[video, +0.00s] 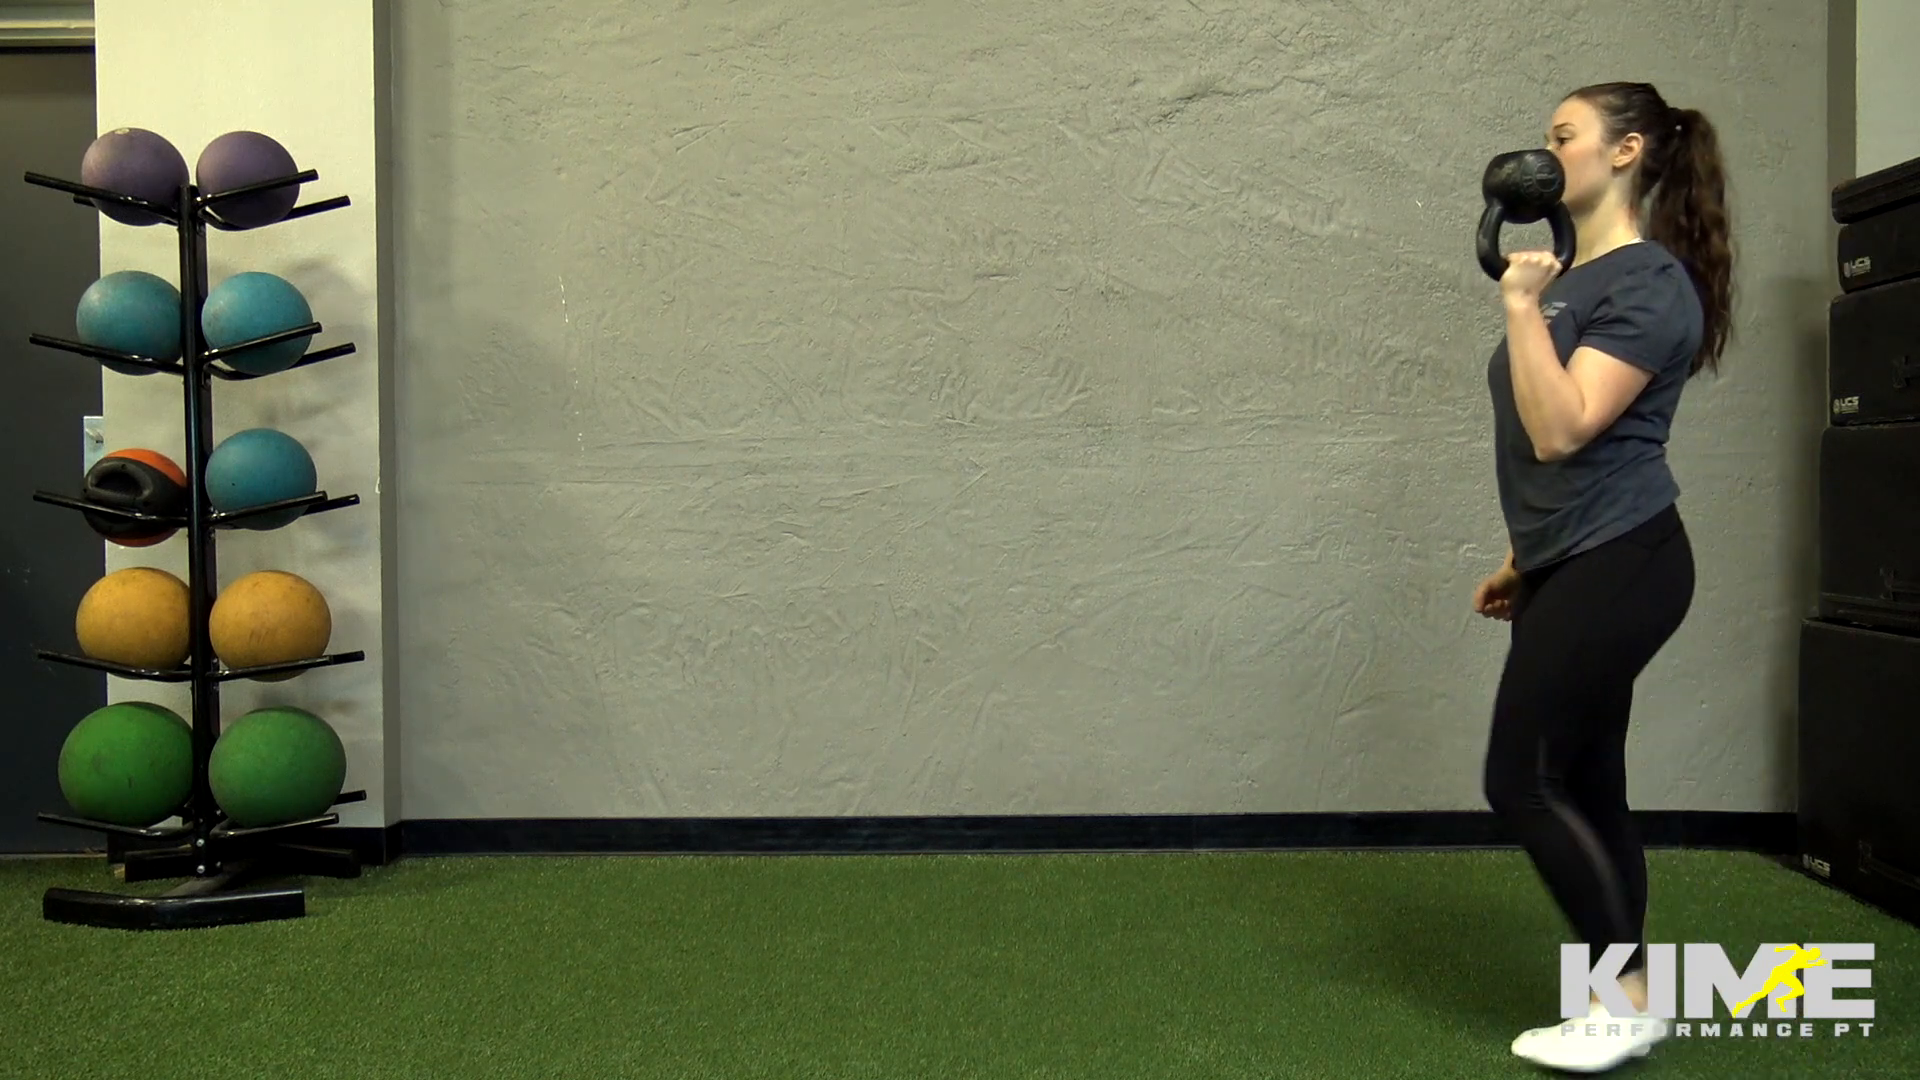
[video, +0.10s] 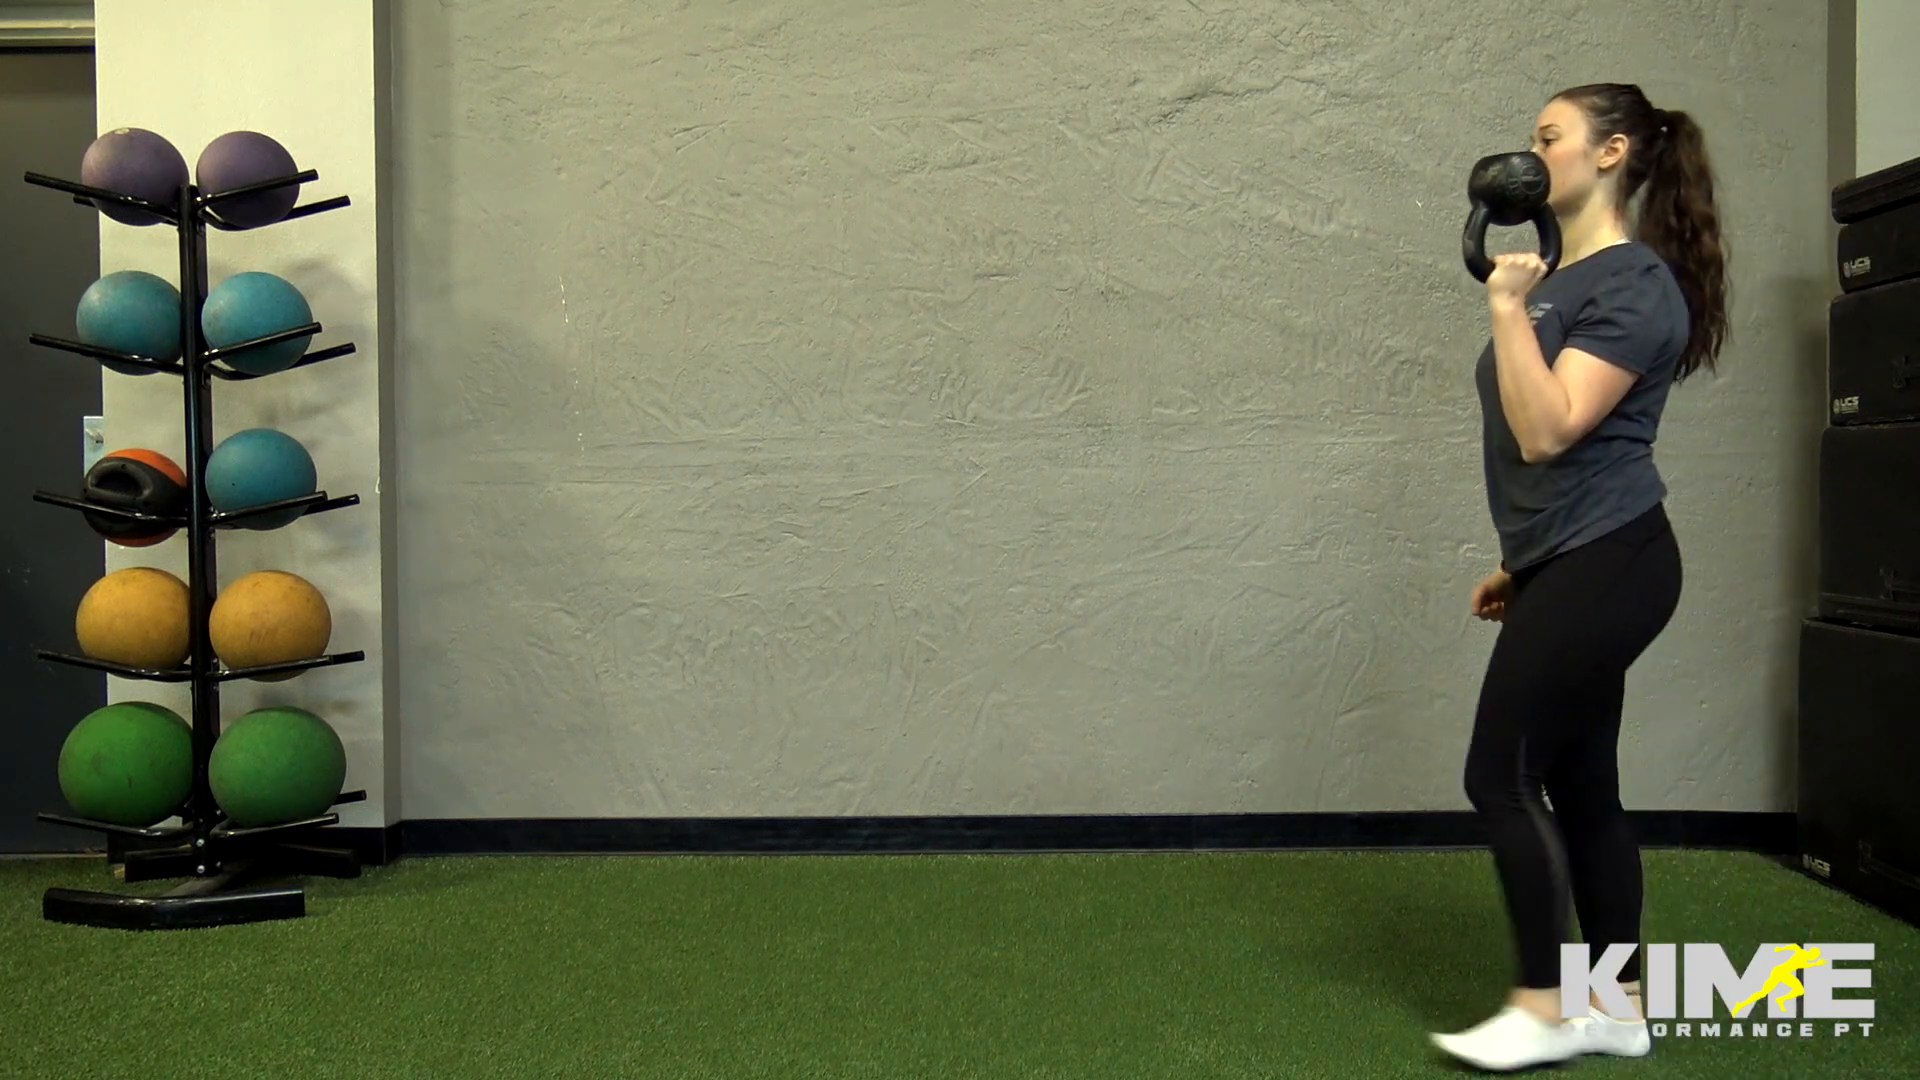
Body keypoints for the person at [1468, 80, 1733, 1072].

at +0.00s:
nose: (1546, 155)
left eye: (1565, 140)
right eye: (1549, 140)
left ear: (1629, 151)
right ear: (1607, 153)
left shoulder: (1655, 283)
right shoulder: (1574, 274)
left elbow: (1558, 431)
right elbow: (1566, 442)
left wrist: (1520, 306)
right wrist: (1526, 553)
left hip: (1620, 560)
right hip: (1571, 564)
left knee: (1519, 783)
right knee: (1593, 793)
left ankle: (1626, 1001)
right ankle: (1623, 1000)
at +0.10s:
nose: (1531, 155)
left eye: (1550, 140)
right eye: (1534, 141)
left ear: (1614, 152)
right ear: (1592, 155)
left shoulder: (1638, 284)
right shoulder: (1563, 280)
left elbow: (1544, 432)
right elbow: (1563, 444)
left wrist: (1507, 306)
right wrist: (1522, 559)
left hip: (1609, 560)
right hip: (1566, 564)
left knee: (1498, 778)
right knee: (1586, 795)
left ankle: (1542, 1009)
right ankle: (1616, 1005)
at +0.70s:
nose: (1407, 159)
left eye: (1425, 143)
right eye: (1409, 144)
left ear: (1486, 154)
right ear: (1468, 157)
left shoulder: (1508, 285)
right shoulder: (1441, 275)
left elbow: (1409, 424)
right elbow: (1417, 443)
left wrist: (1372, 302)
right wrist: (1395, 565)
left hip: (1470, 560)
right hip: (1432, 561)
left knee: (1431, 791)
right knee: (1442, 784)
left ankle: (1424, 1014)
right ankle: (1571, 960)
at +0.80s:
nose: (1391, 159)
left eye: (1409, 143)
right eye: (1394, 144)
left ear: (1469, 153)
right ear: (1452, 156)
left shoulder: (1491, 284)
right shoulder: (1422, 274)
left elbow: (1392, 422)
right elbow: (1395, 441)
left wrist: (1354, 299)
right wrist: (1376, 567)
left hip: (1454, 560)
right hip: (1404, 565)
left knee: (1423, 789)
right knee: (1385, 786)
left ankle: (1425, 1014)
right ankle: (1536, 946)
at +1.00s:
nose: (1352, 158)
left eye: (1370, 142)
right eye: (1355, 143)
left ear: (1430, 152)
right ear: (1414, 155)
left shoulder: (1454, 282)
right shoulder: (1391, 272)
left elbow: (1356, 420)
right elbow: (1347, 407)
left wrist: (1316, 300)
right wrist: (1320, 289)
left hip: (1422, 562)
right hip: (1358, 564)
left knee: (1405, 788)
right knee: (1306, 766)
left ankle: (1426, 1014)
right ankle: (1384, 965)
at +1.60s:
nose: (1227, 167)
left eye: (1243, 151)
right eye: (1231, 151)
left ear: (1301, 162)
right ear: (1292, 162)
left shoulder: (1324, 289)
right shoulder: (1262, 283)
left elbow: (1226, 424)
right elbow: (1215, 420)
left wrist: (1185, 305)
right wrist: (1188, 298)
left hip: (1296, 564)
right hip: (1233, 572)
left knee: (1302, 790)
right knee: (1235, 790)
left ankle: (1410, 996)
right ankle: (1230, 997)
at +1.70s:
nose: (1197, 169)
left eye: (1214, 152)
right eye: (1202, 152)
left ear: (1272, 167)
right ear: (1266, 169)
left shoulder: (1288, 291)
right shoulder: (1237, 285)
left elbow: (1194, 425)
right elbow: (1179, 429)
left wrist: (1151, 306)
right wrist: (1156, 306)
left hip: (1259, 562)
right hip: (1214, 568)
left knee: (1228, 789)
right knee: (1217, 785)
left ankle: (1377, 972)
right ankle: (1230, 996)